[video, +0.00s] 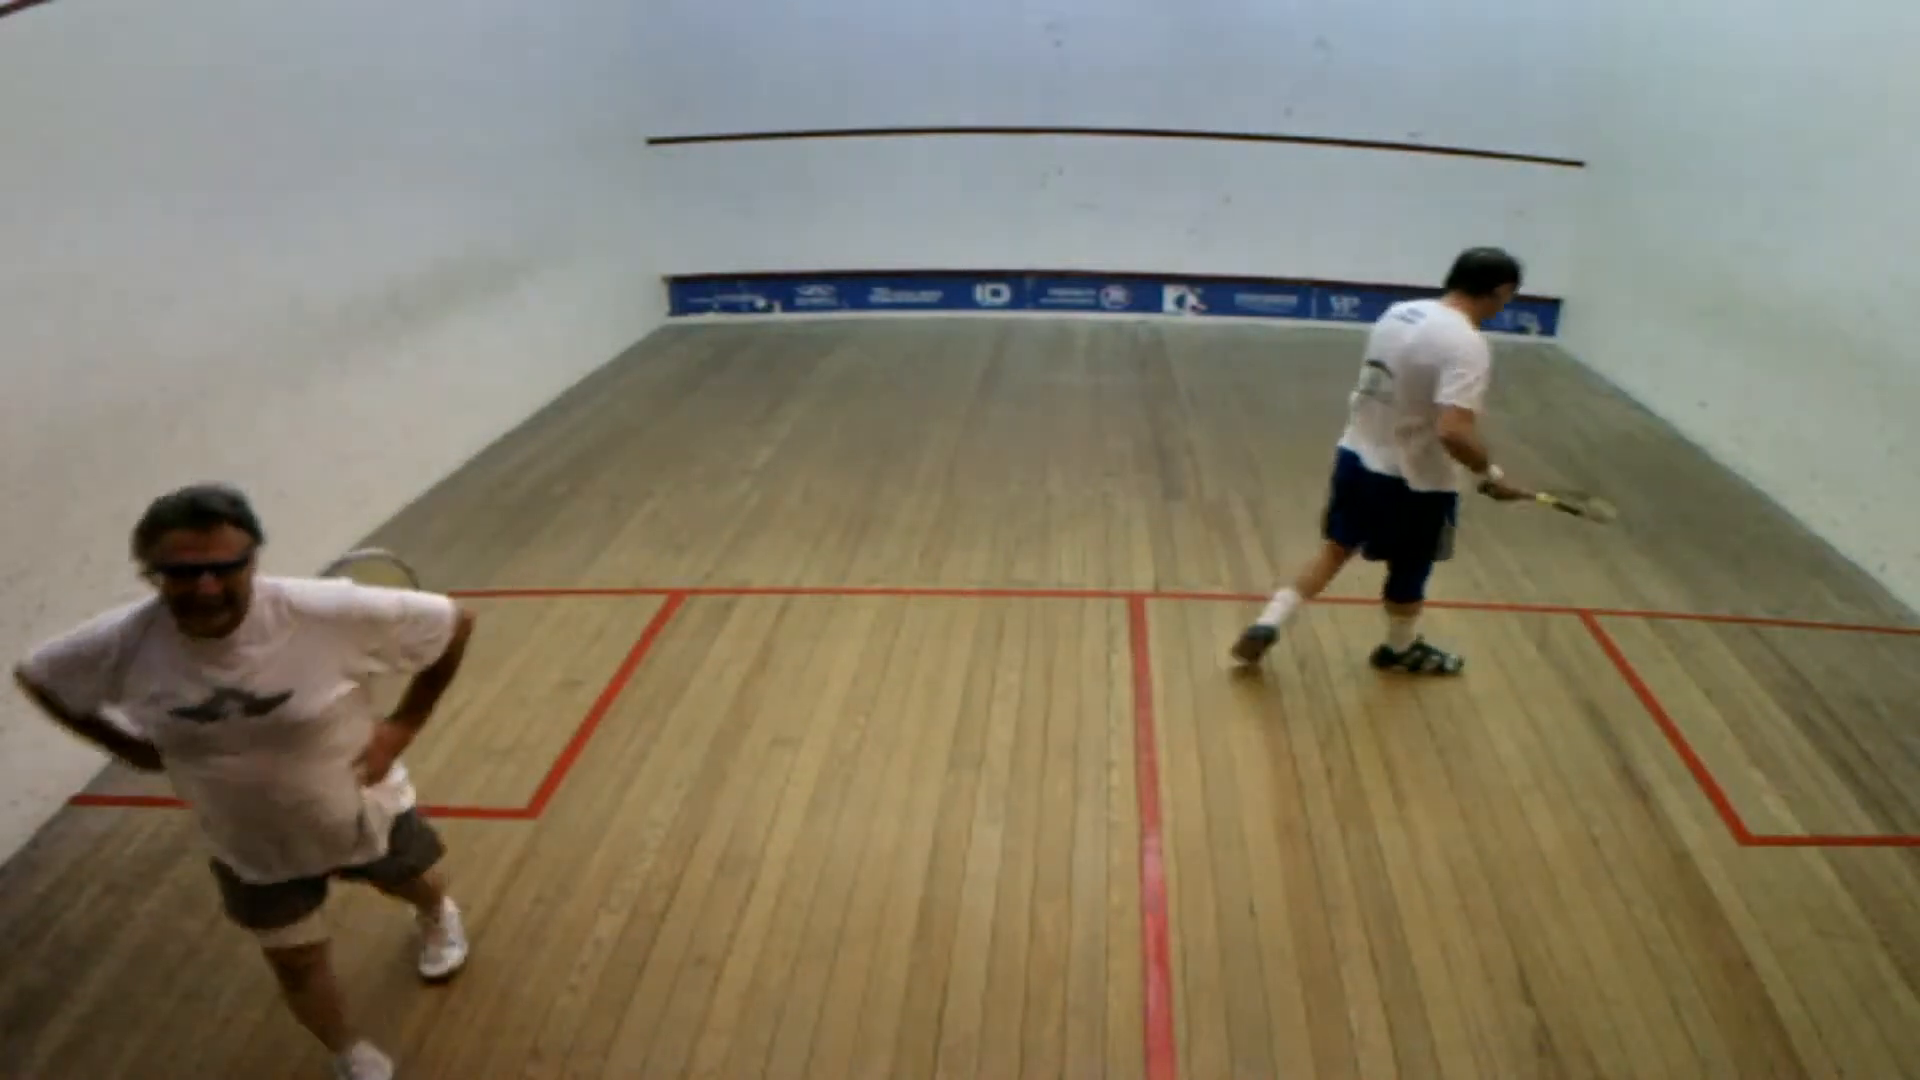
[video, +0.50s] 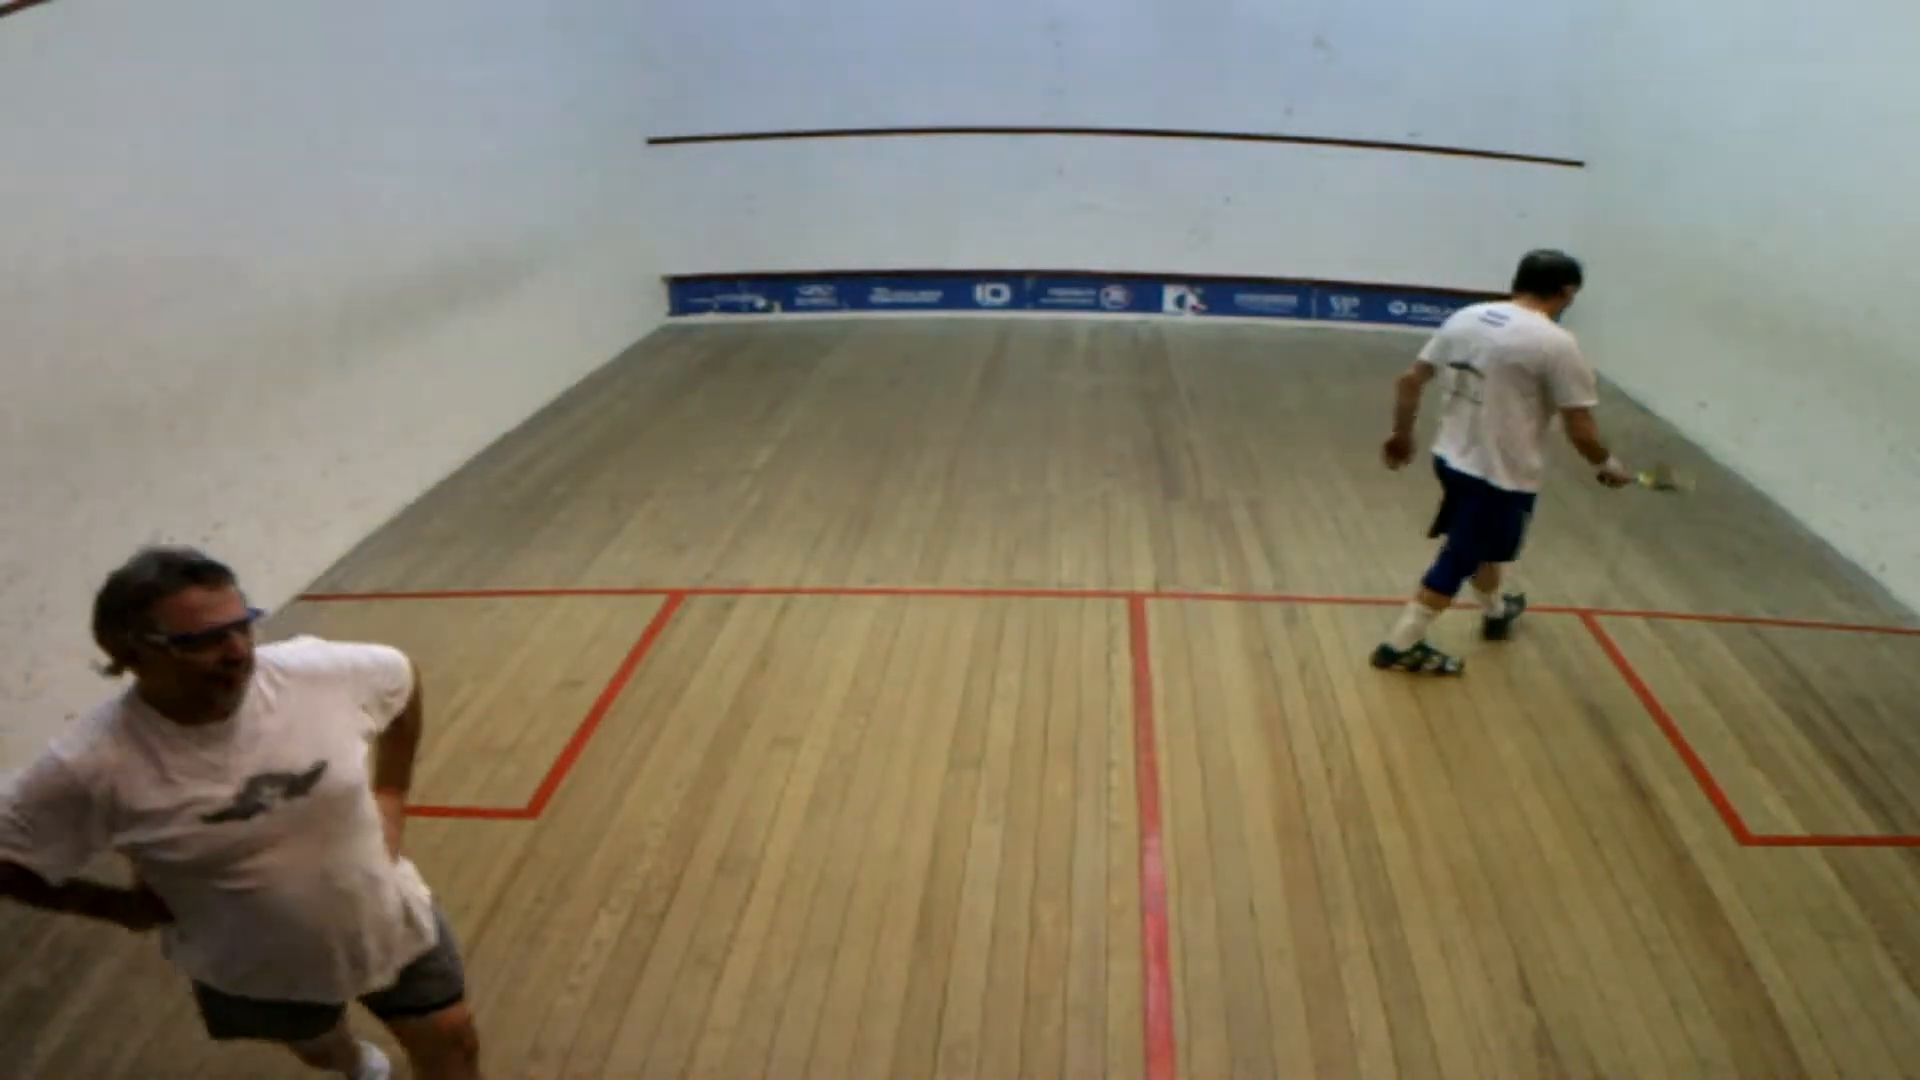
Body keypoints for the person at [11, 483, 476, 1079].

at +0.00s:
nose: (206, 590)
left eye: (224, 570)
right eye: (182, 574)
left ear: (253, 563)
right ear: (154, 575)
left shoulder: (313, 612)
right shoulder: (132, 640)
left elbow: (449, 624)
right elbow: (40, 678)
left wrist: (401, 728)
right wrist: (130, 749)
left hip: (356, 814)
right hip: (253, 851)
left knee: (406, 879)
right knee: (298, 970)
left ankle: (439, 915)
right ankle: (355, 1059)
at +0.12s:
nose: (192, 607)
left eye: (207, 585)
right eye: (164, 594)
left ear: (228, 574)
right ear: (125, 599)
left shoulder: (290, 624)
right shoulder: (93, 674)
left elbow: (424, 634)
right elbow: (8, 723)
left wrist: (388, 739)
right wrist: (102, 785)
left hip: (346, 835)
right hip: (240, 881)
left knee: (420, 924)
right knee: (296, 991)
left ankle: (439, 951)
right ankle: (361, 1063)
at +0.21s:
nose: (187, 618)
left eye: (202, 594)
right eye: (157, 604)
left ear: (219, 584)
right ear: (109, 612)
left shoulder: (288, 634)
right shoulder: (71, 697)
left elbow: (412, 640)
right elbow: (5, 764)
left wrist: (379, 748)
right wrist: (99, 817)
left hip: (348, 853)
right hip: (236, 904)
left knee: (434, 956)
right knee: (299, 1002)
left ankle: (444, 983)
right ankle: (359, 1065)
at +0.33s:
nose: (194, 630)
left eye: (205, 605)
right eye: (165, 617)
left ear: (221, 594)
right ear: (108, 627)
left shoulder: (288, 643)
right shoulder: (65, 720)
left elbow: (399, 647)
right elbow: (5, 806)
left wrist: (377, 759)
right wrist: (96, 846)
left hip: (352, 868)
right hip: (240, 922)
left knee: (447, 986)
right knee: (304, 1010)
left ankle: (443, 1052)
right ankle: (361, 1066)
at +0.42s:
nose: (214, 642)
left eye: (222, 615)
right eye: (181, 631)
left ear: (232, 605)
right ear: (117, 643)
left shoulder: (296, 657)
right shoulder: (72, 747)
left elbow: (394, 661)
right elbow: (4, 834)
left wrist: (378, 779)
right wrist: (105, 878)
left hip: (364, 890)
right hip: (249, 945)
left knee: (452, 1014)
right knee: (311, 1023)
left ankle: (456, 1072)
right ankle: (366, 1068)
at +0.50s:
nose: (238, 653)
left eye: (243, 628)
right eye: (208, 642)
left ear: (253, 617)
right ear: (134, 654)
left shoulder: (314, 673)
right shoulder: (91, 766)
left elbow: (400, 679)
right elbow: (5, 860)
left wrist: (390, 804)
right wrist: (117, 906)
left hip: (382, 915)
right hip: (264, 973)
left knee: (453, 1040)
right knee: (321, 1044)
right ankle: (367, 1070)